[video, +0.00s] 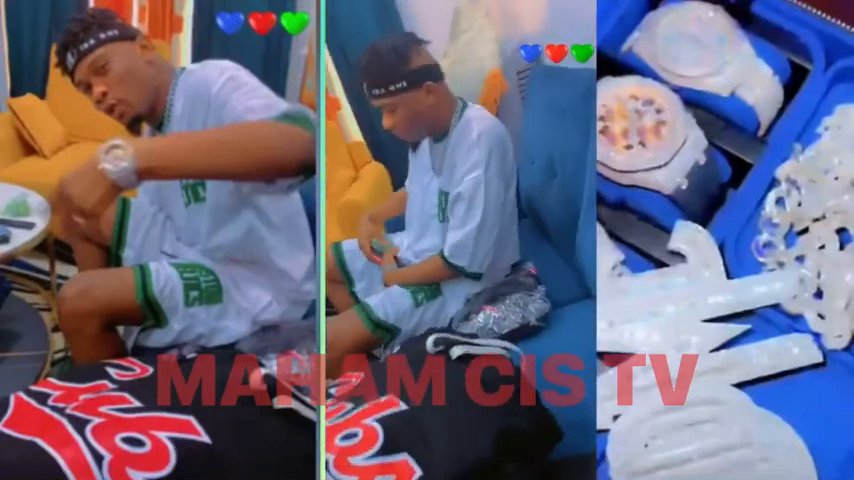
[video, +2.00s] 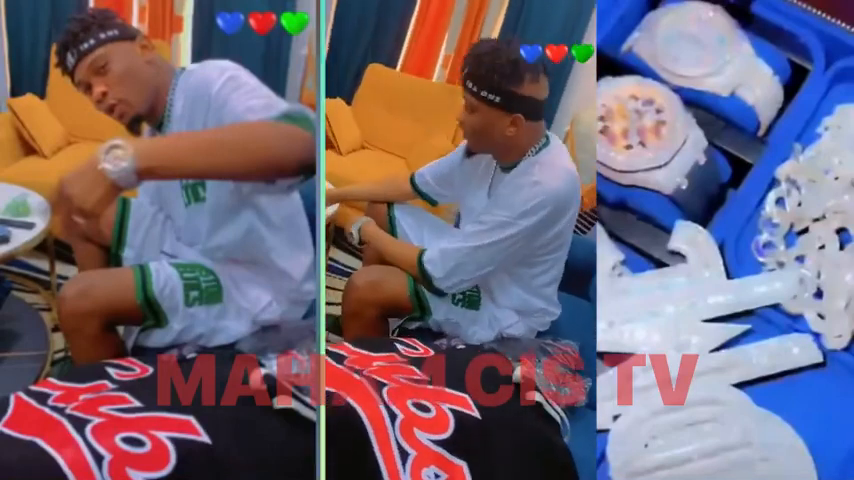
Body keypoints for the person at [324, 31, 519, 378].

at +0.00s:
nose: (385, 124)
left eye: (391, 111)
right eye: (382, 112)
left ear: (429, 94)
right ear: (428, 94)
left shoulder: (481, 140)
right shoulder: (426, 129)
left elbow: (464, 260)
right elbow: (417, 190)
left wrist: (394, 276)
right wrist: (374, 216)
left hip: (462, 277)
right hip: (420, 247)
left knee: (329, 339)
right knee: (329, 263)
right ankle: (374, 347)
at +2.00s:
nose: (460, 117)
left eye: (470, 110)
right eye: (464, 106)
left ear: (513, 126)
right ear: (513, 126)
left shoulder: (547, 187)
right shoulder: (498, 143)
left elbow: (440, 271)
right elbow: (415, 184)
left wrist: (361, 226)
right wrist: (339, 192)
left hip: (505, 307)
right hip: (476, 259)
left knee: (366, 286)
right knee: (380, 210)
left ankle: (359, 393)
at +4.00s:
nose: (443, 123)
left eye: (449, 115)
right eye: (444, 113)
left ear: (488, 119)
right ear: (489, 120)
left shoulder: (529, 171)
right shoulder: (487, 147)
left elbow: (450, 265)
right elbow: (419, 191)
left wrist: (347, 245)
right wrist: (338, 192)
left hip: (499, 300)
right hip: (473, 257)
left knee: (360, 287)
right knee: (377, 217)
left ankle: (364, 385)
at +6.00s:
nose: (392, 119)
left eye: (389, 107)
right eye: (386, 109)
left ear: (416, 93)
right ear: (419, 87)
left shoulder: (474, 115)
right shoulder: (457, 94)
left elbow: (431, 214)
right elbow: (430, 180)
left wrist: (389, 274)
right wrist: (384, 261)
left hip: (533, 228)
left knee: (407, 243)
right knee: (391, 186)